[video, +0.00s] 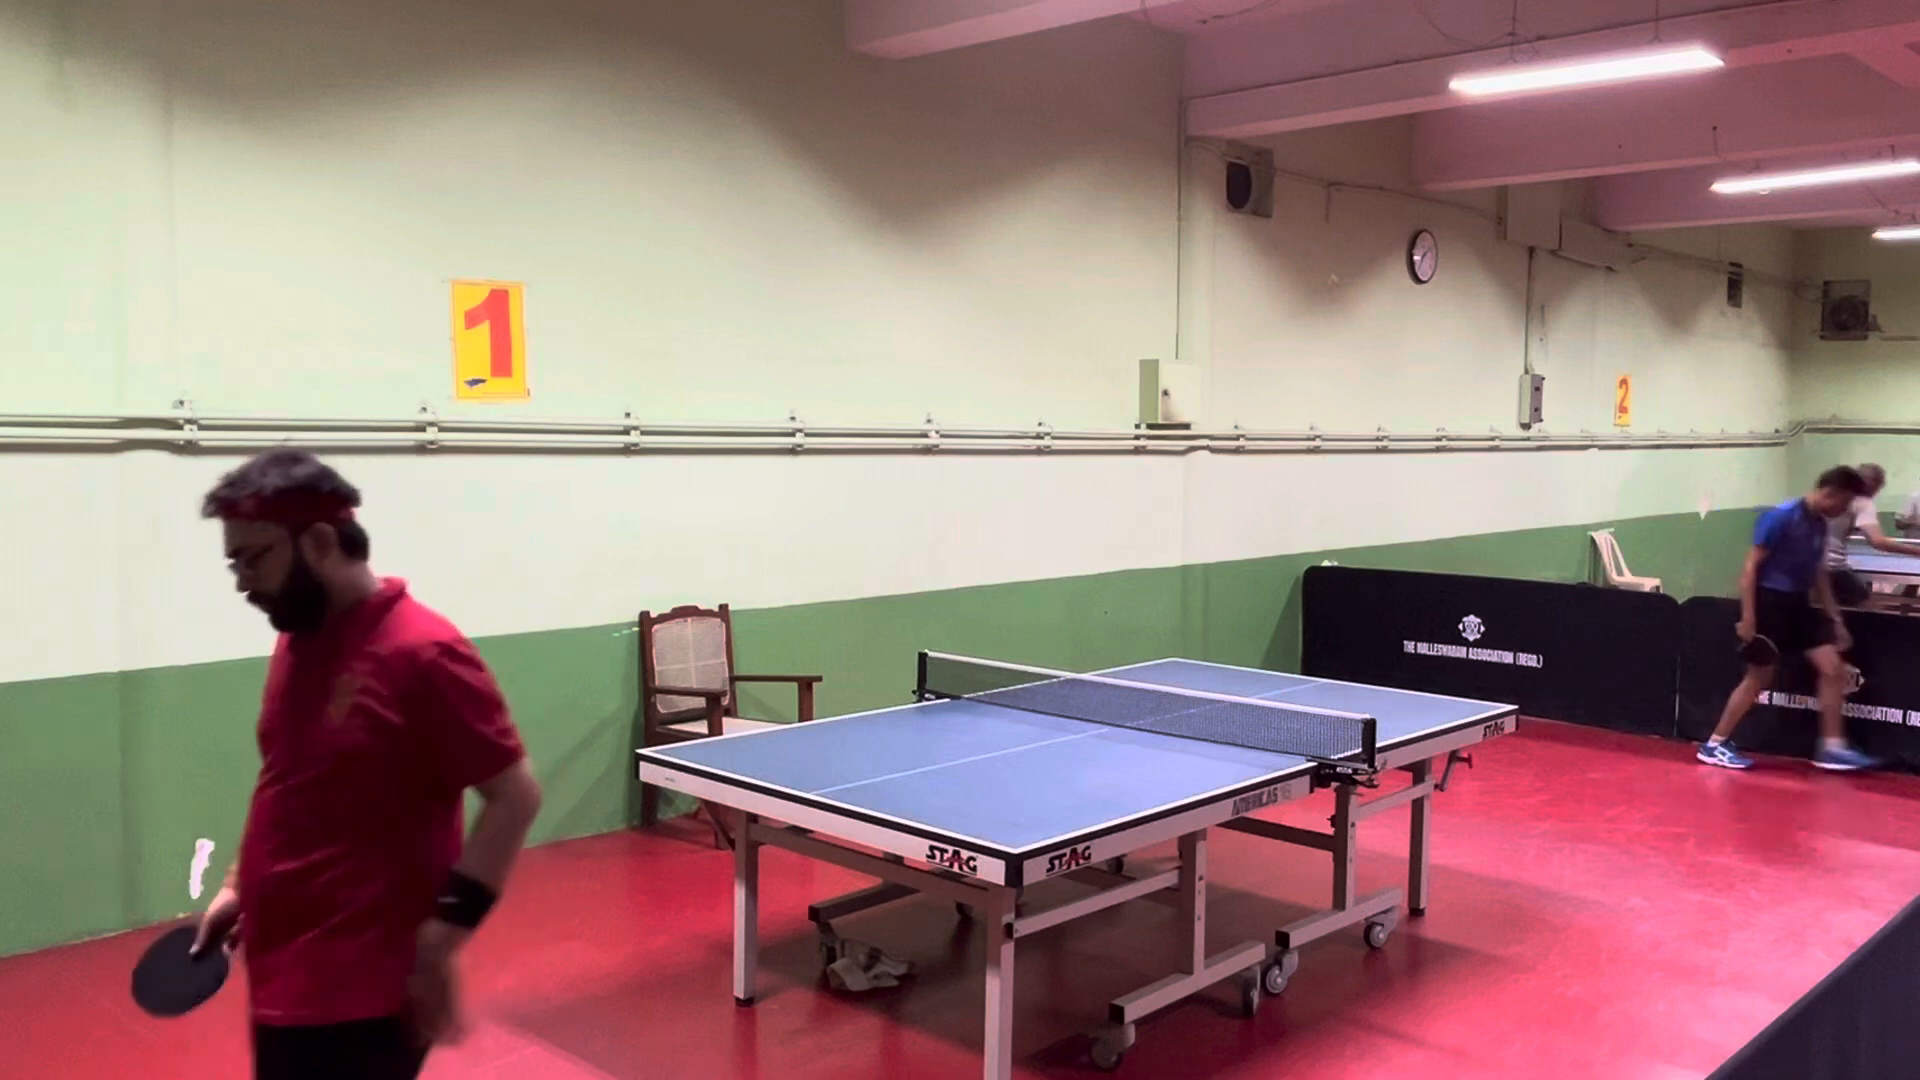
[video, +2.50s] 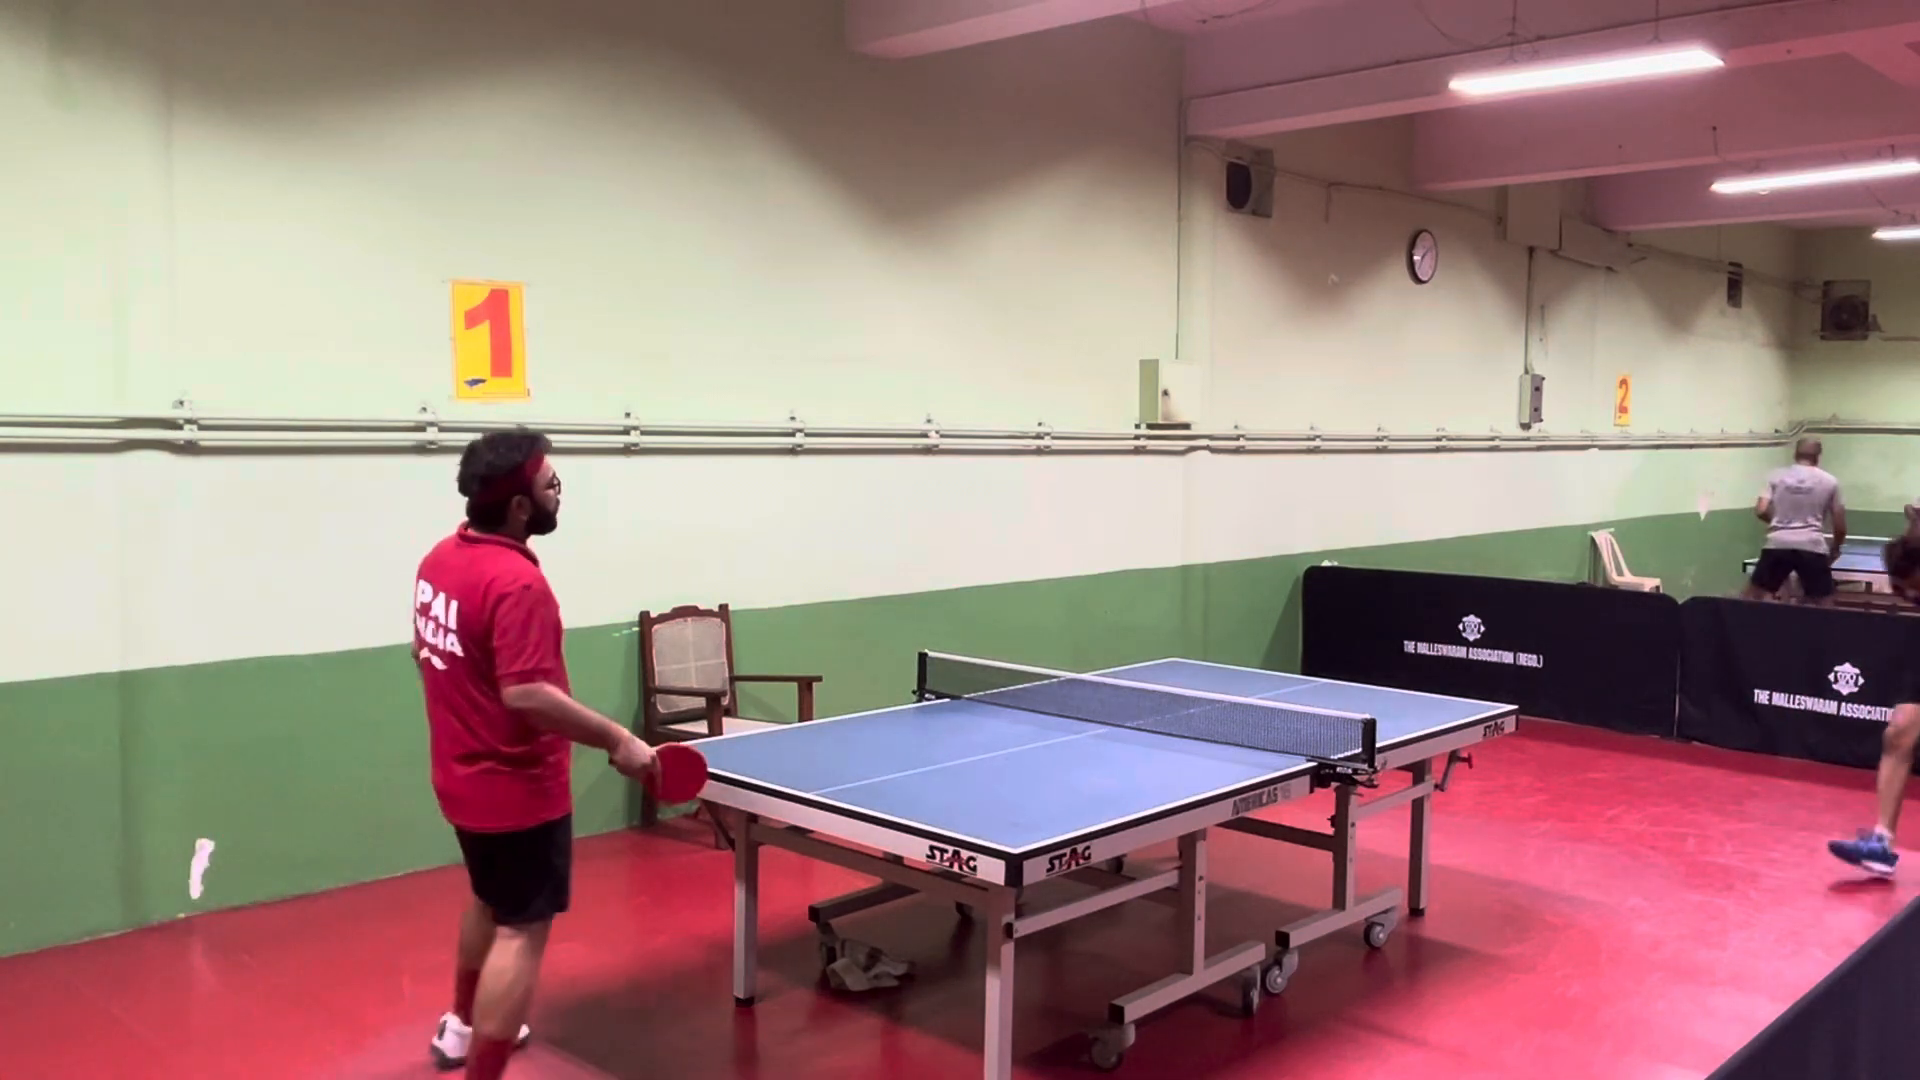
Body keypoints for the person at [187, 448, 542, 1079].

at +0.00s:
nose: (241, 583)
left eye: (253, 558)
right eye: (236, 564)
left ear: (320, 541)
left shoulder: (424, 650)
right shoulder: (297, 646)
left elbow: (514, 794)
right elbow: (293, 792)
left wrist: (444, 935)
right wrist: (240, 890)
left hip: (367, 990)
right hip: (286, 985)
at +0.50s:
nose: (71, 582)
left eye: (74, 559)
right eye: (65, 563)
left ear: (129, 543)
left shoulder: (156, 639)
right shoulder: (282, 632)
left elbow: (31, 796)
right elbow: (326, 768)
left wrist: (41, 669)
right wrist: (289, 874)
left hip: (175, 988)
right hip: (268, 969)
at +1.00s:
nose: (226, 514)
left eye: (224, 501)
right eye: (222, 502)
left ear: (119, 516)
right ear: (190, 517)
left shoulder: (31, 618)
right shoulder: (252, 617)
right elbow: (300, 751)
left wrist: (10, 815)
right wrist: (290, 818)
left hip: (61, 913)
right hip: (188, 922)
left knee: (79, 1021)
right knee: (168, 1067)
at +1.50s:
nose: (331, 490)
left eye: (325, 477)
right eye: (318, 481)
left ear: (253, 501)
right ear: (279, 503)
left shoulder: (170, 581)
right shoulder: (305, 593)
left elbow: (154, 681)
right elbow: (336, 724)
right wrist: (392, 837)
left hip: (202, 848)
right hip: (303, 847)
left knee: (222, 997)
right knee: (381, 955)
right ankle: (316, 1074)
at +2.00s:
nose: (503, 491)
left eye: (497, 480)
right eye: (492, 484)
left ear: (433, 501)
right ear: (460, 505)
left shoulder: (370, 562)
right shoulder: (467, 595)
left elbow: (336, 659)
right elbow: (471, 721)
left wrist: (339, 751)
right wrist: (513, 825)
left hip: (379, 803)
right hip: (439, 816)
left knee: (424, 917)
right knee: (457, 958)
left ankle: (331, 1053)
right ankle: (467, 1073)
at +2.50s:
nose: (560, 492)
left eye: (555, 481)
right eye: (550, 485)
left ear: (495, 498)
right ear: (519, 501)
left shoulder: (443, 557)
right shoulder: (517, 582)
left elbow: (427, 659)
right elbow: (526, 691)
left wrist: (488, 715)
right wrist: (619, 739)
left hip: (462, 779)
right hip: (515, 792)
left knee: (489, 901)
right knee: (524, 929)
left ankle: (461, 1026)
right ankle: (483, 1068)